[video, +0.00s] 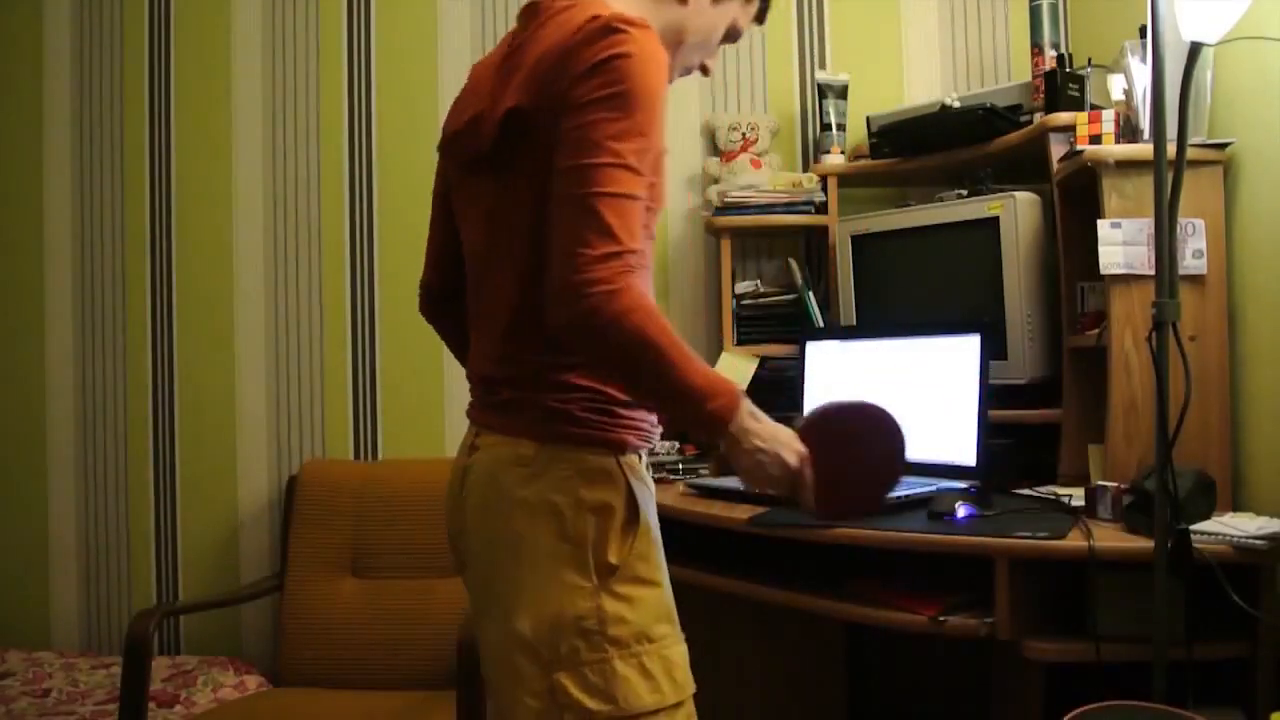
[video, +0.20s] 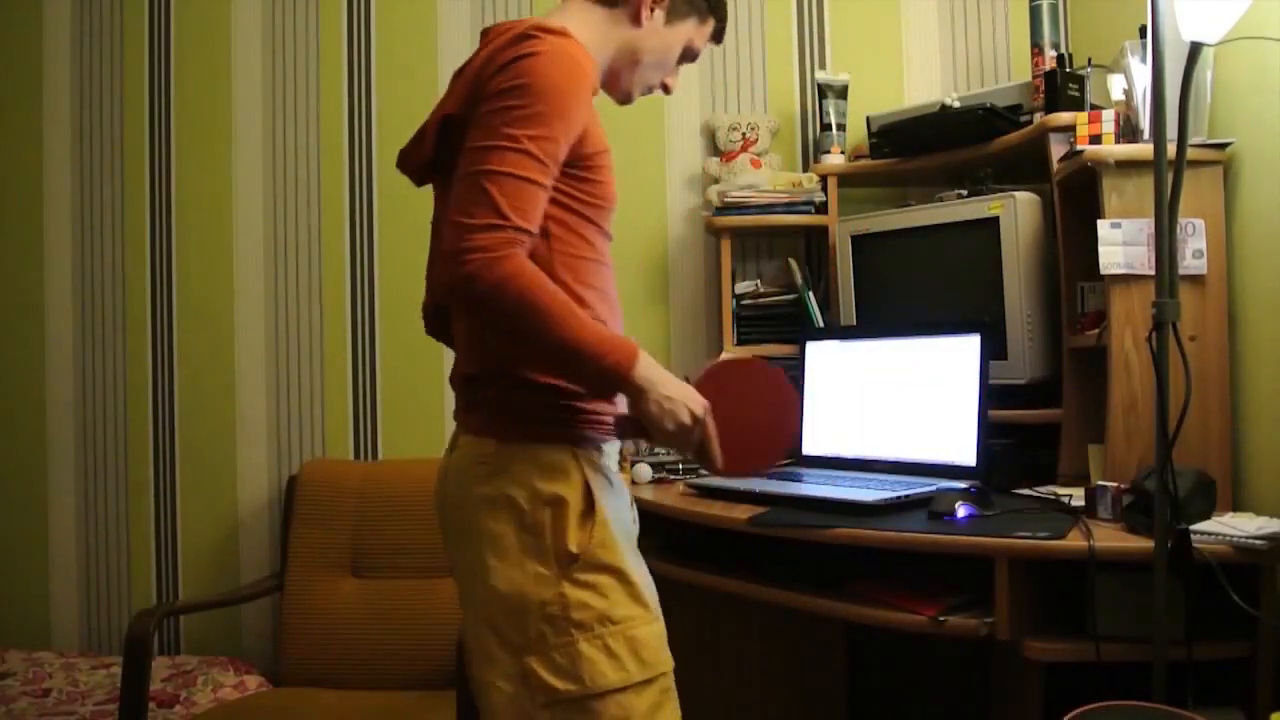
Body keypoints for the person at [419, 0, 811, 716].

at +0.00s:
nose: (709, 64)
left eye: (731, 47)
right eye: (732, 35)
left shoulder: (494, 69)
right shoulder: (619, 42)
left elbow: (444, 293)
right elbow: (601, 293)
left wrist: (553, 401)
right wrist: (735, 420)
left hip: (497, 471)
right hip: (576, 487)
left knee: (531, 707)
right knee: (621, 706)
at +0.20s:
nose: (671, 82)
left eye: (687, 65)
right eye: (685, 55)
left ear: (647, 11)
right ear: (652, 9)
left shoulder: (519, 63)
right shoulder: (551, 61)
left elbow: (445, 309)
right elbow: (483, 258)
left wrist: (616, 399)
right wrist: (638, 371)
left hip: (522, 477)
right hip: (543, 484)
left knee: (537, 707)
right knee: (615, 705)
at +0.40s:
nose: (663, 104)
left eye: (677, 87)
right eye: (675, 77)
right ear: (641, 27)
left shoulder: (537, 85)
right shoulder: (518, 71)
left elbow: (502, 268)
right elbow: (469, 258)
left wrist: (612, 344)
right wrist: (604, 334)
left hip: (529, 464)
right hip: (506, 471)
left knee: (508, 707)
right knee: (578, 706)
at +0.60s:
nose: (676, 132)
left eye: (688, 117)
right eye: (687, 107)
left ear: (651, 61)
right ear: (660, 59)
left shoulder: (555, 106)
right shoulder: (530, 75)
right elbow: (487, 251)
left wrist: (612, 363)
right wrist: (605, 330)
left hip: (514, 464)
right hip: (485, 470)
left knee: (512, 704)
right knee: (538, 706)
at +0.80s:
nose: (698, 194)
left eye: (715, 182)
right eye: (716, 171)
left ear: (685, 118)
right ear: (693, 119)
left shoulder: (583, 163)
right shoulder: (574, 87)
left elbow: (513, 371)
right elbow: (500, 231)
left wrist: (624, 404)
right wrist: (615, 337)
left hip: (498, 470)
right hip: (455, 472)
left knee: (520, 698)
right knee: (497, 703)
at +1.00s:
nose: (715, 238)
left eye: (729, 227)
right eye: (730, 217)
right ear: (715, 166)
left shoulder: (592, 204)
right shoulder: (601, 101)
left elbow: (524, 383)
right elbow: (502, 218)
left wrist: (660, 428)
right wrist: (622, 346)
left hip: (483, 479)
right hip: (436, 475)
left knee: (485, 701)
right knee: (467, 705)